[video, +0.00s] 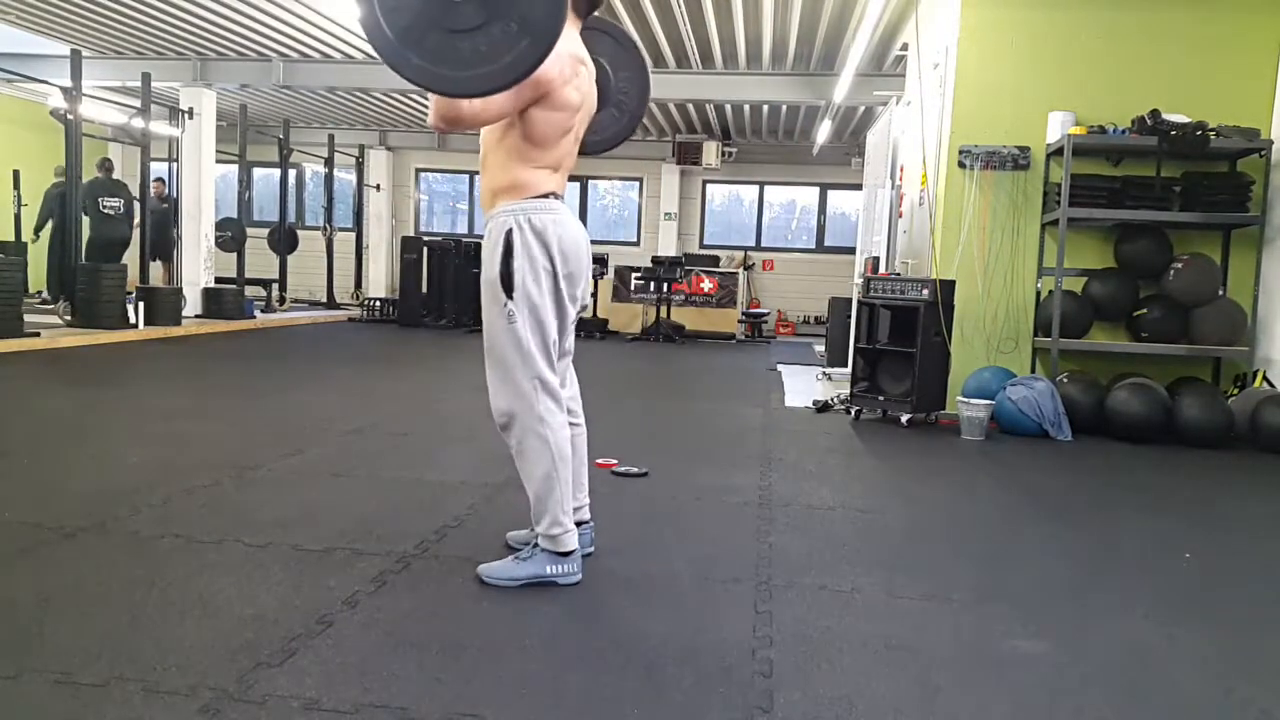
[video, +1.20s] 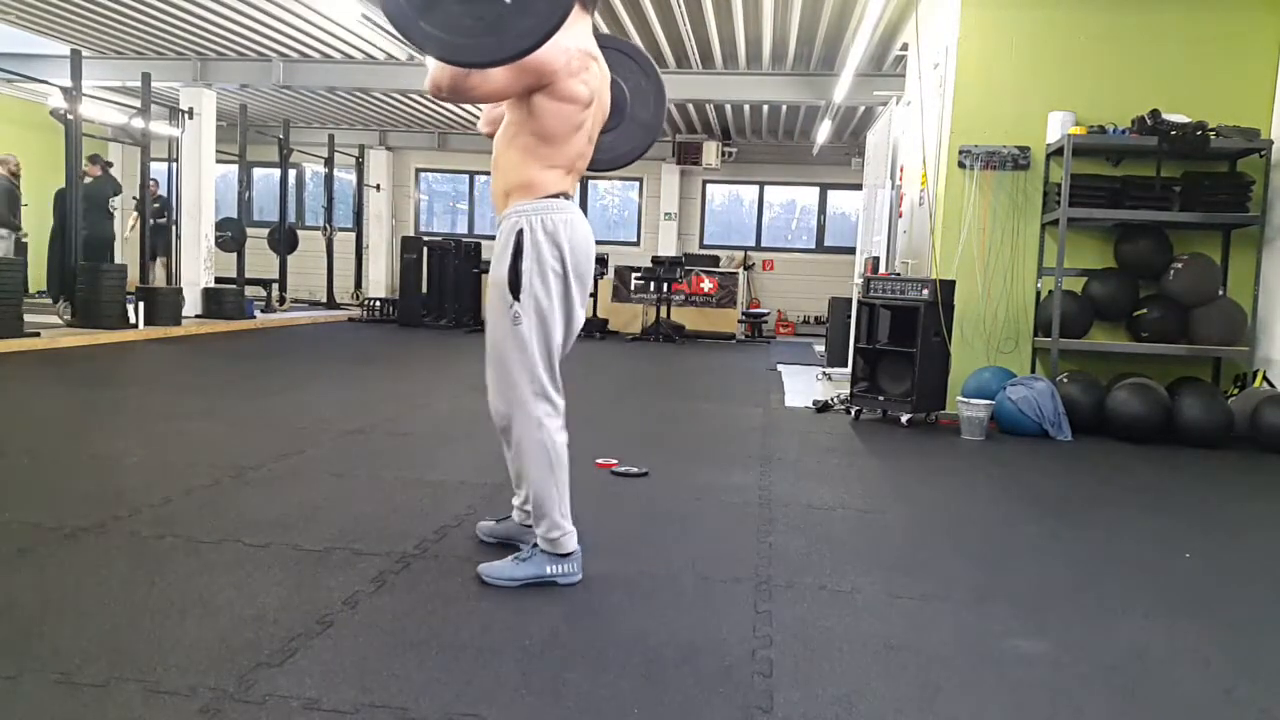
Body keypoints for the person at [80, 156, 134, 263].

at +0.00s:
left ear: (98, 169)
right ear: (112, 170)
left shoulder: (89, 186)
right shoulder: (123, 186)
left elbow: (84, 209)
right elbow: (130, 213)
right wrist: (129, 232)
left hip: (100, 234)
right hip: (122, 235)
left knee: (91, 270)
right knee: (111, 270)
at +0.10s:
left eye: (98, 169)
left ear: (98, 169)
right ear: (113, 170)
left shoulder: (91, 185)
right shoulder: (123, 187)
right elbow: (131, 212)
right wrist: (129, 231)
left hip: (100, 234)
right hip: (123, 234)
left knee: (92, 270)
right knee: (112, 269)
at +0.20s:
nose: (98, 171)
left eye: (98, 169)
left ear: (99, 170)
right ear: (113, 170)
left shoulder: (94, 184)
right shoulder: (124, 187)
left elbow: (78, 192)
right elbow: (131, 213)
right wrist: (129, 233)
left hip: (101, 235)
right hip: (123, 235)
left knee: (91, 270)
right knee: (112, 269)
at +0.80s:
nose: (93, 171)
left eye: (95, 168)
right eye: (94, 168)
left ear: (104, 169)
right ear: (108, 168)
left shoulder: (97, 186)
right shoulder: (123, 185)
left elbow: (82, 191)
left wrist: (89, 177)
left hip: (102, 233)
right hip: (120, 233)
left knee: (88, 267)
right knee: (110, 268)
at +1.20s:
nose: (86, 169)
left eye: (88, 165)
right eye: (87, 166)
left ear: (97, 166)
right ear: (99, 166)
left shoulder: (92, 187)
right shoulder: (110, 181)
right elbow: (117, 190)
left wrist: (79, 181)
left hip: (94, 231)